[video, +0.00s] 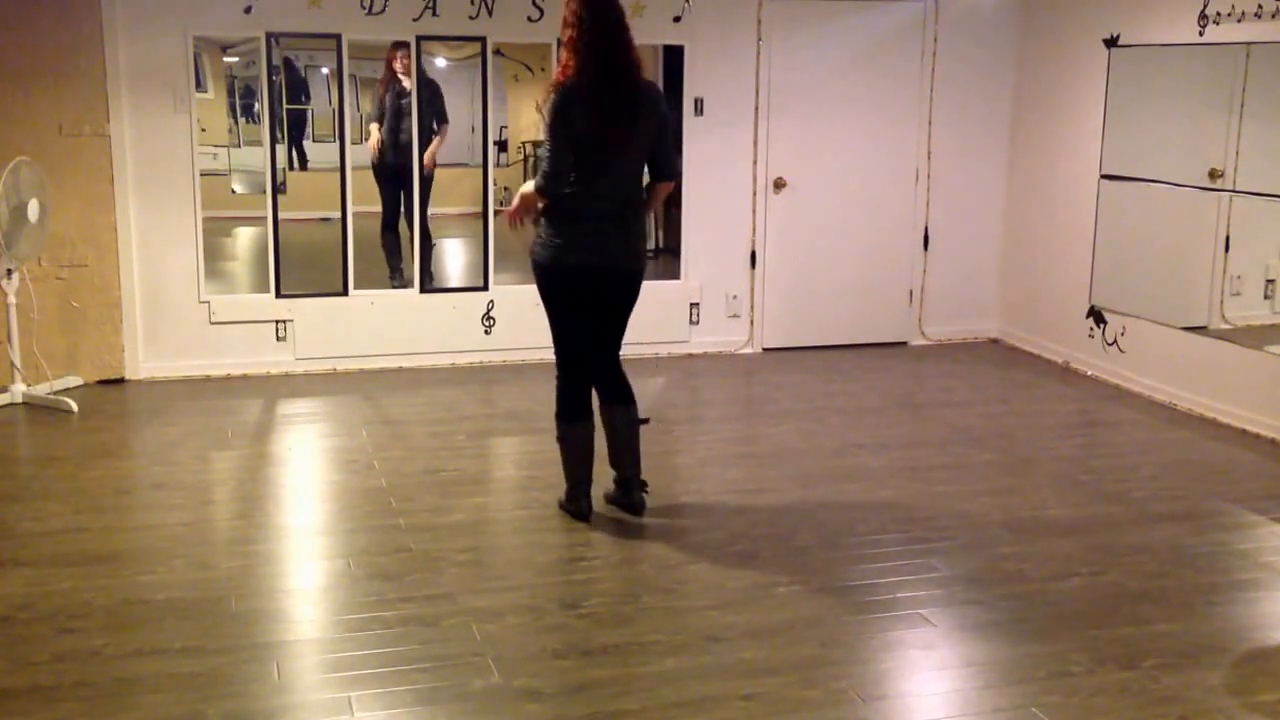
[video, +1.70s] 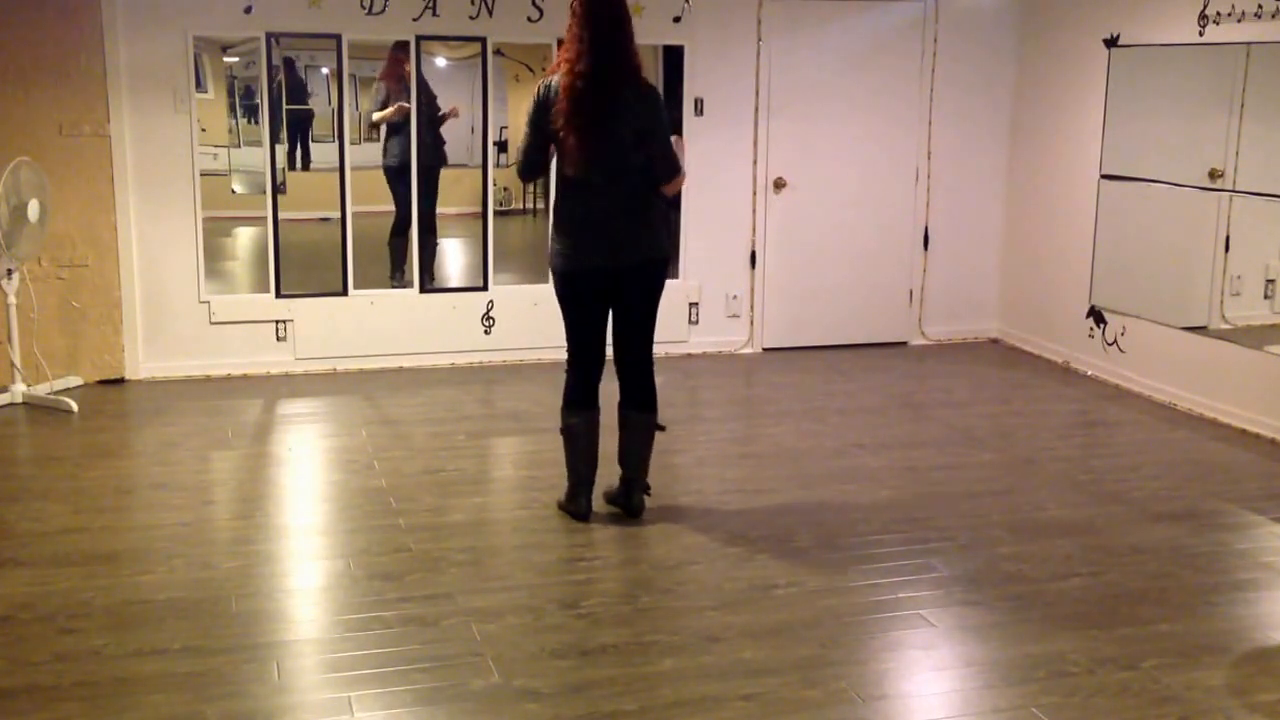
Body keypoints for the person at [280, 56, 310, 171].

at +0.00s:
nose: (282, 71)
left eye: (282, 68)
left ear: (283, 67)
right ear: (293, 65)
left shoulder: (282, 80)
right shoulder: (301, 78)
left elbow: (278, 97)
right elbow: (307, 96)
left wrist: (279, 110)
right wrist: (304, 106)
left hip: (287, 113)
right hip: (300, 112)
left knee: (288, 142)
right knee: (299, 141)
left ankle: (289, 167)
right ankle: (303, 164)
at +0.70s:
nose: (282, 70)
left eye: (282, 68)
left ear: (283, 67)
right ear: (293, 65)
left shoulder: (282, 79)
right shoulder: (300, 77)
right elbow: (308, 94)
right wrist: (304, 101)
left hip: (287, 112)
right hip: (300, 112)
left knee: (288, 143)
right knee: (298, 142)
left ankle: (290, 168)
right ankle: (303, 166)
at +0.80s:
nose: (283, 70)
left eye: (283, 67)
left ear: (283, 67)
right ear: (294, 66)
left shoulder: (282, 81)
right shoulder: (300, 78)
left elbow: (278, 97)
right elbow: (311, 91)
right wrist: (304, 99)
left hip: (289, 113)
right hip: (303, 112)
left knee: (291, 143)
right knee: (302, 142)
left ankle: (290, 168)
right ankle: (305, 167)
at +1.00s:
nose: (284, 70)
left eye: (283, 67)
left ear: (283, 67)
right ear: (294, 65)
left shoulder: (282, 81)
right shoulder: (300, 77)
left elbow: (278, 96)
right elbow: (311, 91)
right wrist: (304, 98)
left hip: (289, 112)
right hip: (303, 112)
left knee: (291, 143)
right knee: (304, 142)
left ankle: (291, 168)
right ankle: (305, 168)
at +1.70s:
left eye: (283, 67)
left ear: (283, 67)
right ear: (294, 66)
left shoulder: (281, 82)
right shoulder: (300, 80)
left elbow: (278, 100)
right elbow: (305, 96)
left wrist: (280, 115)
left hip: (290, 115)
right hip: (304, 114)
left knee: (292, 145)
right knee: (305, 144)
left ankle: (291, 170)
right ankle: (306, 169)